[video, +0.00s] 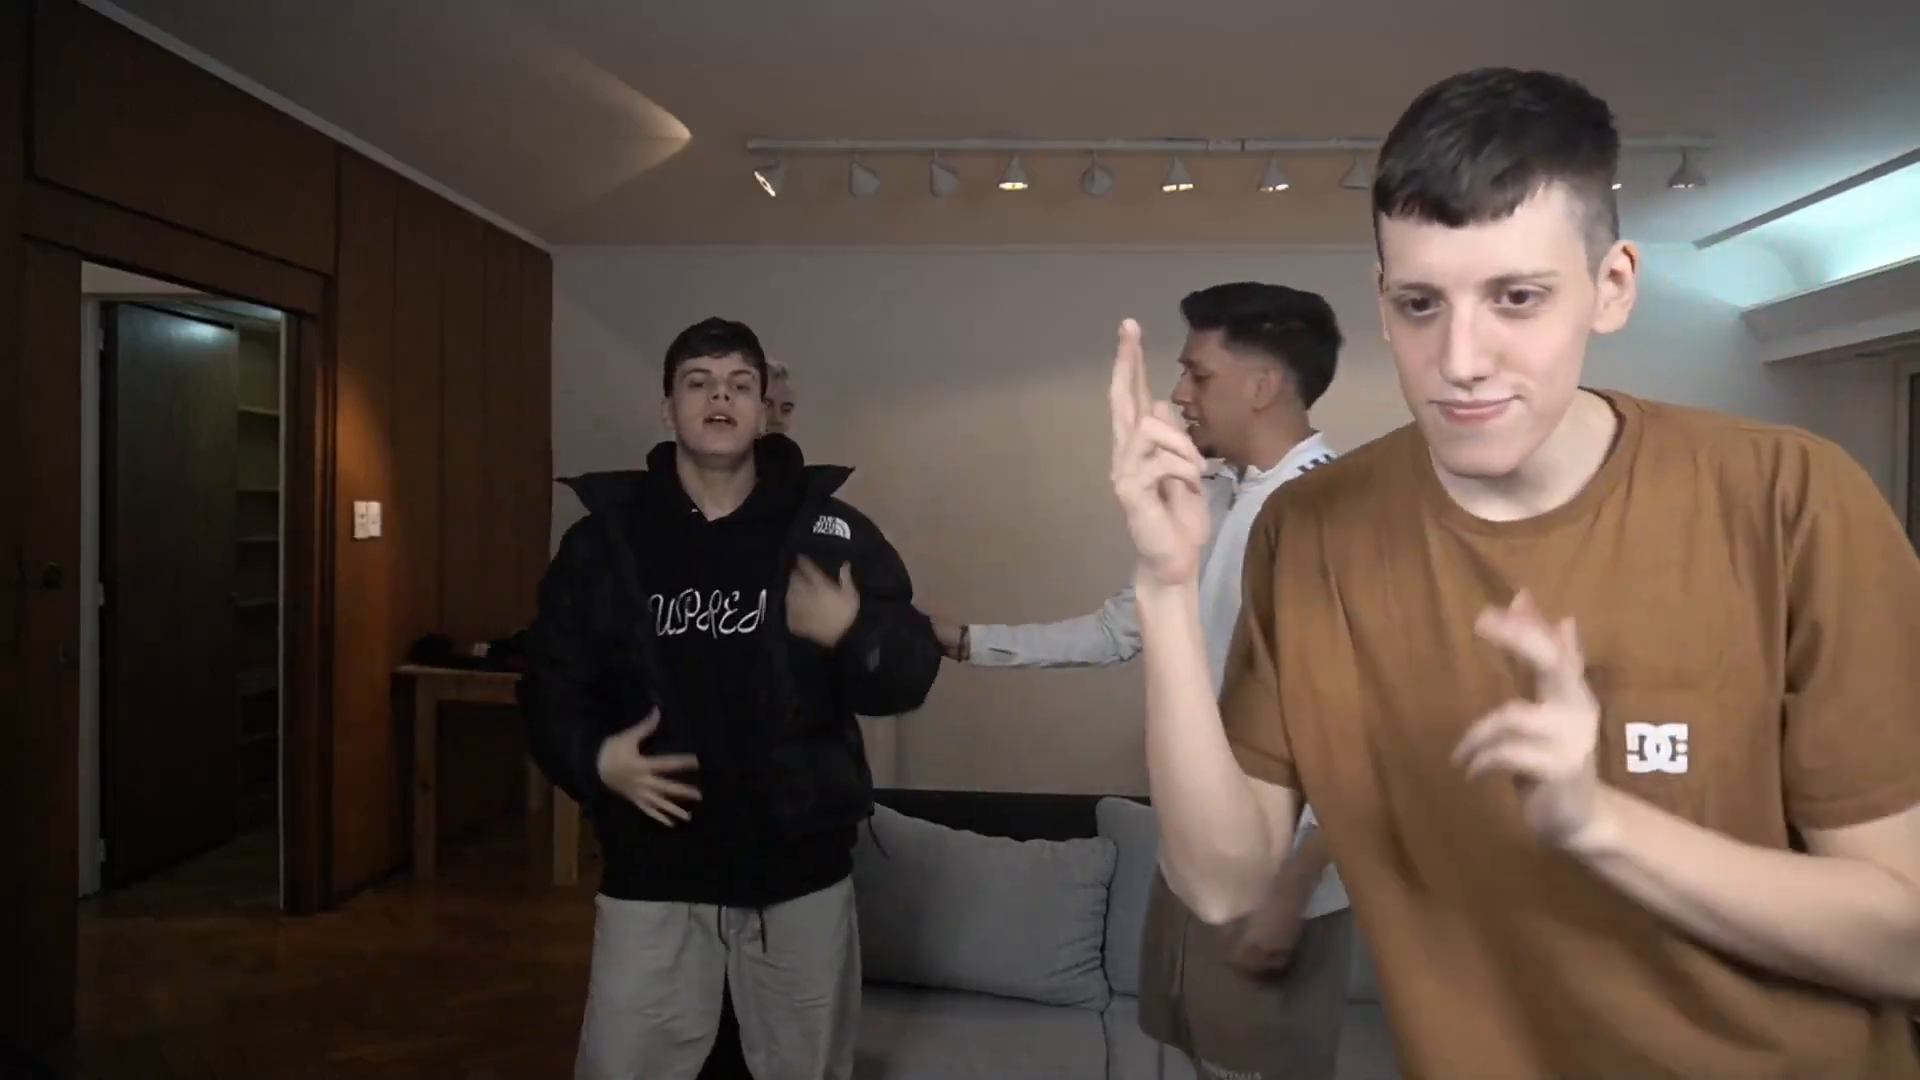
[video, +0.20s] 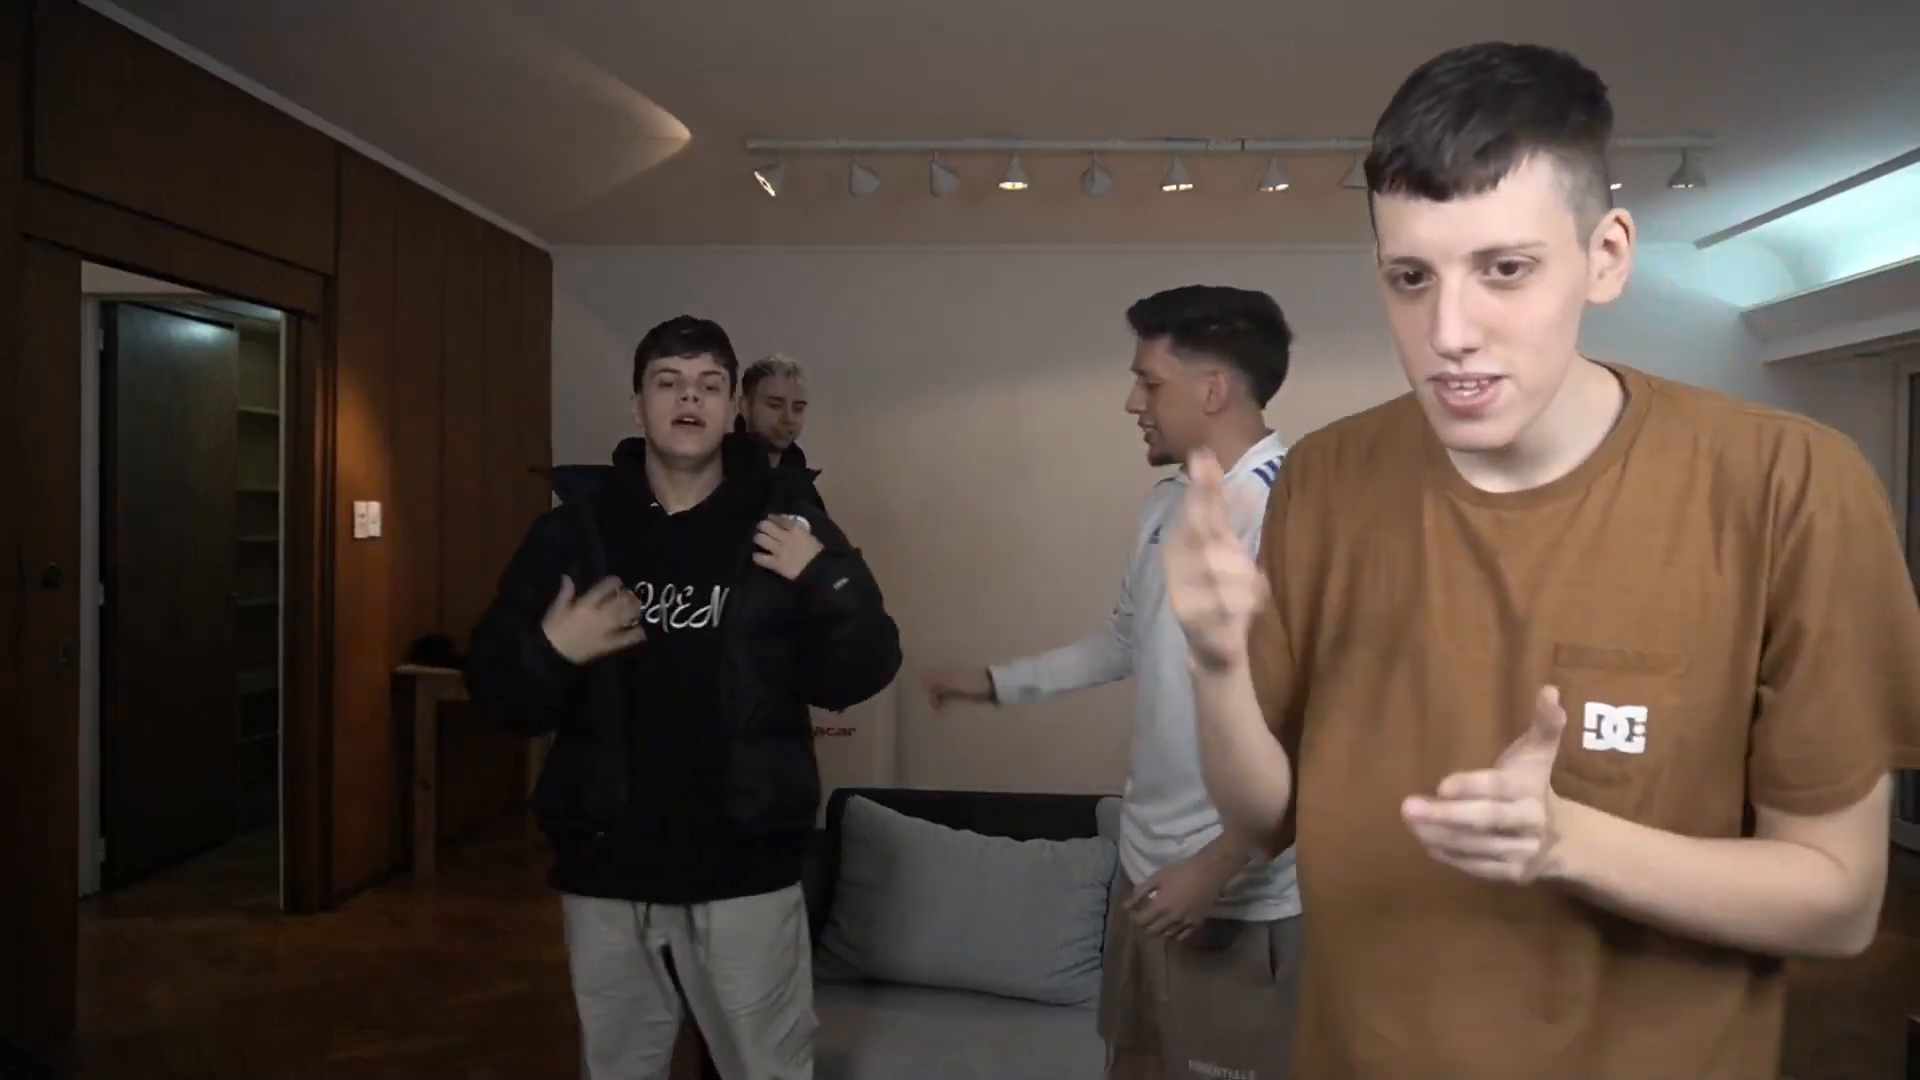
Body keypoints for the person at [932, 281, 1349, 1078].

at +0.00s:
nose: (1180, 398)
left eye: (1199, 376)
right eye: (1182, 376)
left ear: (1268, 383)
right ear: (1262, 385)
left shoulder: (1327, 509)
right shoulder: (1224, 502)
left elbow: (1366, 734)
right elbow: (1122, 627)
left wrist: (1292, 883)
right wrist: (967, 641)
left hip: (1279, 873)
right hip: (1200, 848)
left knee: (1258, 1062)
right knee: (1183, 1047)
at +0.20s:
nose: (1133, 404)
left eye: (1150, 383)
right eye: (1137, 383)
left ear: (1217, 389)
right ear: (1208, 390)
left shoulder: (1291, 514)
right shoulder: (1166, 511)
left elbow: (1326, 736)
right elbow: (1125, 646)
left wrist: (1215, 868)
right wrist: (993, 683)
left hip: (1242, 906)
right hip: (1146, 882)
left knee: (1229, 1074)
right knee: (1138, 1064)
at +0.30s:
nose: (1113, 401)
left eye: (1128, 381)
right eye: (1116, 380)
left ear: (1195, 389)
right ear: (1186, 391)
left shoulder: (1261, 516)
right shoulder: (1155, 498)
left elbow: (1312, 726)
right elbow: (1131, 666)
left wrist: (1223, 878)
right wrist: (1041, 748)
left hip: (1219, 887)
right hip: (1123, 859)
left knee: (1212, 1071)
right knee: (1094, 1054)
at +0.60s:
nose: (1052, 406)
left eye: (1071, 386)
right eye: (1056, 384)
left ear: (1135, 397)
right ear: (1127, 397)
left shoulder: (1207, 530)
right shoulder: (1084, 508)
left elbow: (1271, 715)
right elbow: (1097, 680)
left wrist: (1271, 904)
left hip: (1164, 898)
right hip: (1063, 870)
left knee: (1159, 1070)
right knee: (1057, 1055)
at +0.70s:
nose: (1034, 404)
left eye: (1053, 385)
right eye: (1036, 383)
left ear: (1117, 395)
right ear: (1106, 396)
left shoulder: (1176, 520)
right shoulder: (1066, 504)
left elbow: (1239, 697)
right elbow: (1087, 667)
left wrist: (1242, 877)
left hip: (1135, 882)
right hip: (1048, 859)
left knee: (1137, 1066)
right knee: (1049, 1053)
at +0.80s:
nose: (1017, 401)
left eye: (1035, 383)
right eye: (1018, 382)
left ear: (1099, 393)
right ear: (1082, 394)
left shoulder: (1151, 512)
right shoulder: (1053, 501)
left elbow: (1198, 692)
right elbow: (1052, 669)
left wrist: (1186, 867)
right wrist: (1008, 788)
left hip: (1109, 867)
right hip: (1029, 852)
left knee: (1120, 1063)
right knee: (1041, 1047)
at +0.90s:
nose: (1001, 406)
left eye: (1020, 389)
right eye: (1002, 386)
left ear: (1081, 398)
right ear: (1066, 398)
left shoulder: (1125, 507)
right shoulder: (1043, 504)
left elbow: (1160, 687)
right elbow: (1029, 677)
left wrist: (1108, 851)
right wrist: (957, 773)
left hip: (1082, 861)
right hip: (1017, 849)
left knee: (1096, 1065)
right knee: (1036, 1049)